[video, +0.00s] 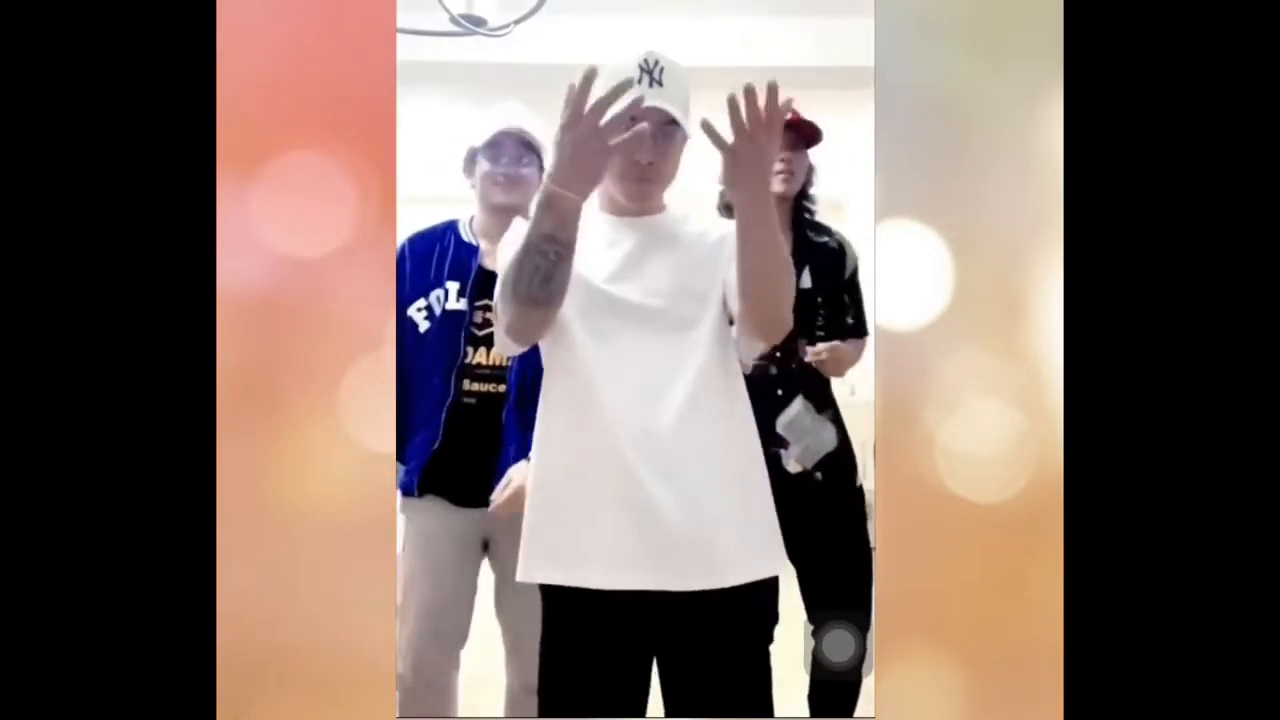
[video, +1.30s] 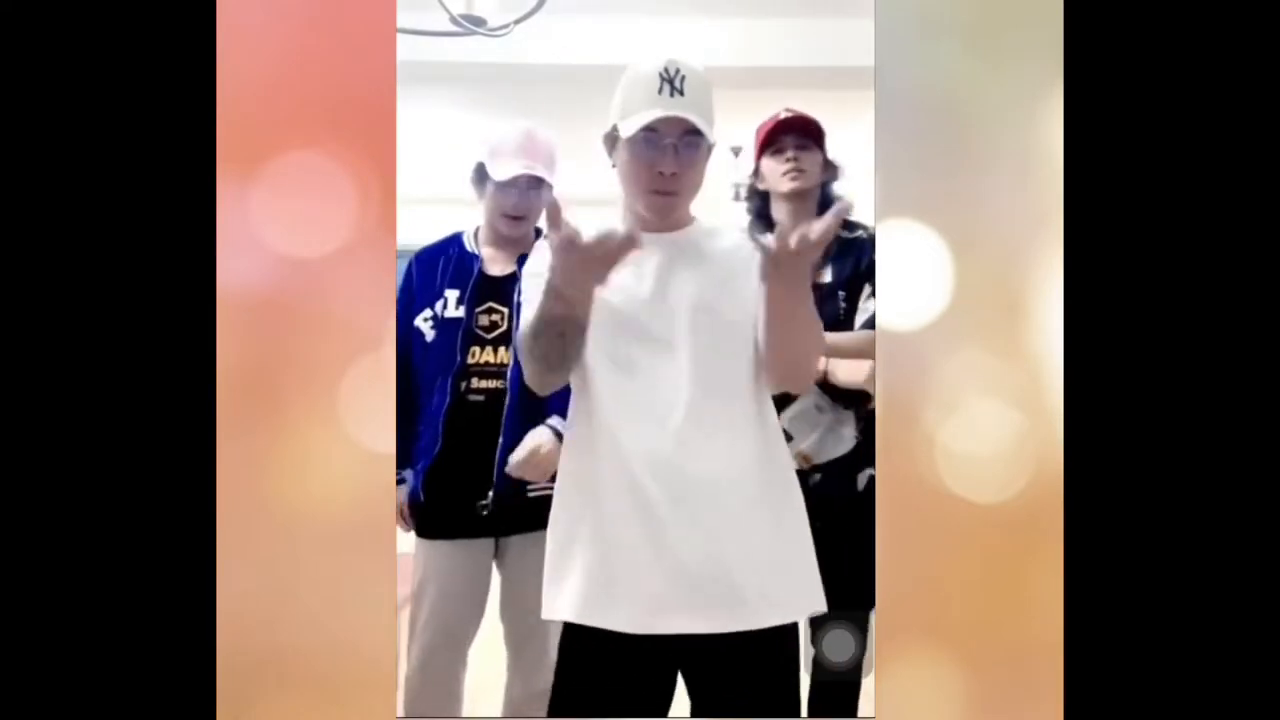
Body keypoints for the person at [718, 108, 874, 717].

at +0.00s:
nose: (786, 163)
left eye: (796, 154)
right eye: (774, 154)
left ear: (809, 167)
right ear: (747, 165)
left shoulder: (826, 247)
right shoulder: (714, 244)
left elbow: (852, 338)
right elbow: (692, 331)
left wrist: (828, 355)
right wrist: (742, 343)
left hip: (811, 438)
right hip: (730, 440)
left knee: (844, 616)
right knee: (741, 614)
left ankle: (831, 718)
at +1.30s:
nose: (792, 158)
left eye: (804, 149)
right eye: (778, 152)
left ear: (826, 164)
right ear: (757, 173)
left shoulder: (862, 246)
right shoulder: (740, 253)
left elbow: (888, 343)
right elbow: (731, 349)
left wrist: (791, 341)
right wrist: (829, 365)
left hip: (842, 473)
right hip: (757, 468)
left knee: (842, 631)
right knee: (762, 629)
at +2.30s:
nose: (797, 155)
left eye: (810, 144)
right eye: (783, 145)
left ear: (829, 161)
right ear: (761, 161)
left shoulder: (863, 252)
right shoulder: (738, 254)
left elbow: (888, 361)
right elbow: (715, 362)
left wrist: (837, 337)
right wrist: (755, 437)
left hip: (840, 479)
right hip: (750, 476)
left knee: (838, 648)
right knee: (743, 643)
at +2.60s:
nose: (809, 157)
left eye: (822, 146)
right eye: (794, 146)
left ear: (840, 164)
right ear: (771, 165)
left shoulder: (875, 248)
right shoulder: (743, 251)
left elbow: (897, 358)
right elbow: (723, 348)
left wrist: (818, 321)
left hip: (852, 464)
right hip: (762, 457)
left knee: (845, 632)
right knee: (754, 624)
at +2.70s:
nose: (812, 157)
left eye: (825, 146)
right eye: (796, 147)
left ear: (843, 164)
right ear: (773, 165)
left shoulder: (876, 250)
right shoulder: (744, 252)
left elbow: (903, 362)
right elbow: (725, 352)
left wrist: (824, 335)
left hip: (855, 471)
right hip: (764, 466)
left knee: (848, 639)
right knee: (763, 634)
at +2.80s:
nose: (813, 161)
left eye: (826, 150)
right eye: (797, 150)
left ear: (842, 167)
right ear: (772, 168)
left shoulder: (876, 255)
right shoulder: (743, 257)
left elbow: (908, 374)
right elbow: (720, 367)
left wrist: (855, 346)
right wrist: (784, 349)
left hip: (859, 474)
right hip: (766, 471)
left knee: (849, 647)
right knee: (767, 637)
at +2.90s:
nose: (813, 158)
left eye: (826, 148)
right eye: (797, 147)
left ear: (840, 167)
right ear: (770, 165)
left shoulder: (870, 250)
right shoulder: (739, 254)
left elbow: (900, 377)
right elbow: (734, 367)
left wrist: (868, 318)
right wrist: (818, 326)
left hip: (860, 478)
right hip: (776, 478)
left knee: (852, 647)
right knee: (776, 641)